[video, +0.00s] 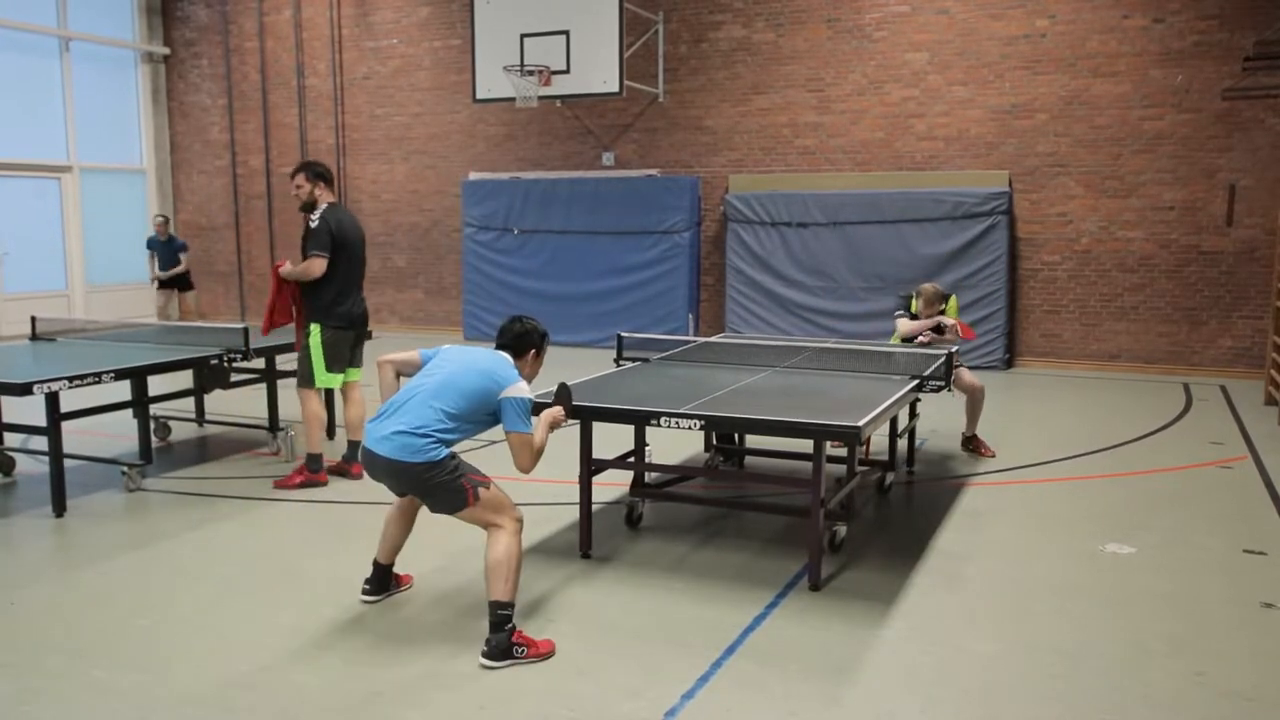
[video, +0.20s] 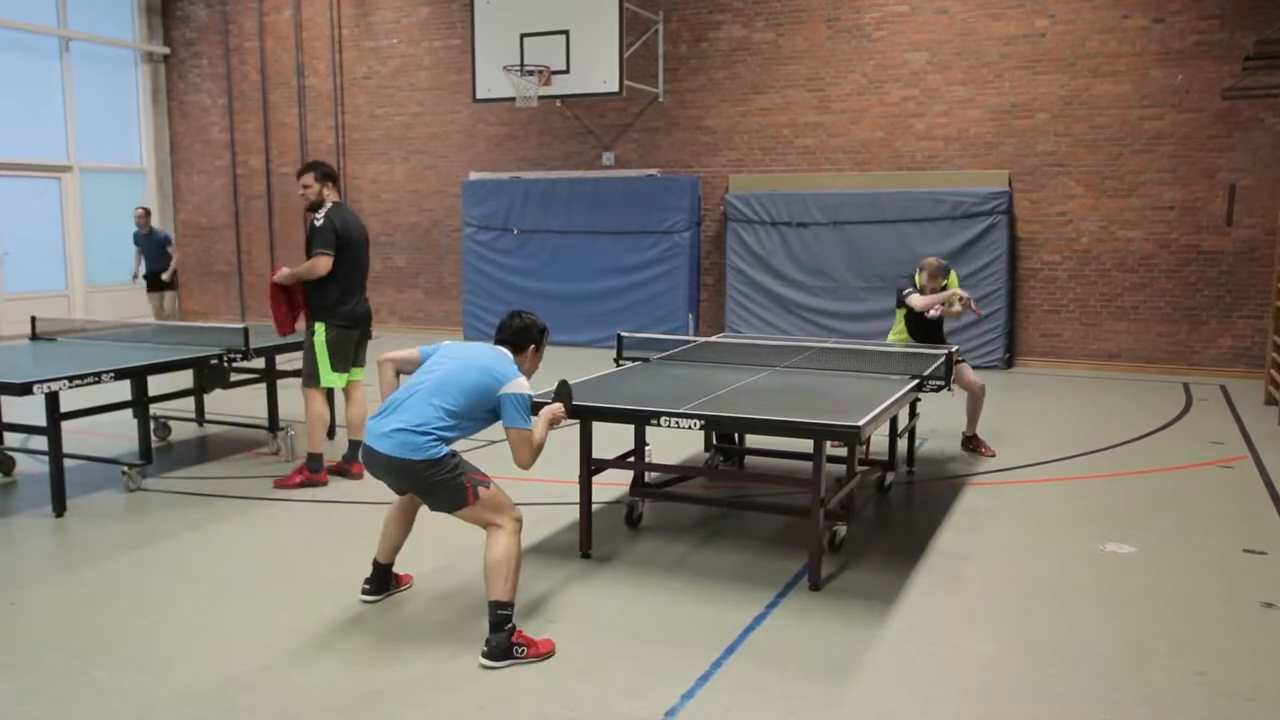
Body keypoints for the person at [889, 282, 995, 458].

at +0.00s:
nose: (926, 318)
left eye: (931, 315)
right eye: (921, 314)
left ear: (941, 306)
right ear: (916, 303)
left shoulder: (949, 303)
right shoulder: (906, 305)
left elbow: (953, 338)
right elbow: (903, 330)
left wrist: (933, 338)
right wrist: (938, 320)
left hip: (942, 359)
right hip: (906, 359)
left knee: (976, 388)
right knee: (875, 388)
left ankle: (969, 437)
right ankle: (861, 436)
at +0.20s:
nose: (931, 293)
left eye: (936, 289)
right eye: (928, 289)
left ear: (945, 280)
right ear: (918, 277)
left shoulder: (951, 279)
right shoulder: (906, 286)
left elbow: (957, 311)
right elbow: (918, 304)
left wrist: (942, 311)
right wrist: (953, 294)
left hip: (937, 348)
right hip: (902, 349)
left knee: (977, 387)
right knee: (879, 391)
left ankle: (970, 437)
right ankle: (862, 437)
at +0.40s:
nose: (932, 254)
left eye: (936, 249)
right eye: (927, 249)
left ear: (943, 244)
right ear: (917, 241)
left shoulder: (948, 253)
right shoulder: (904, 256)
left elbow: (967, 278)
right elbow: (934, 264)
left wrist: (953, 273)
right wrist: (952, 241)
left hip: (935, 332)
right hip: (900, 332)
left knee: (965, 382)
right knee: (882, 383)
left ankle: (969, 435)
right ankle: (860, 433)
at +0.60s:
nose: (927, 269)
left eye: (931, 264)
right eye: (922, 263)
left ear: (937, 259)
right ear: (913, 255)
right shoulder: (898, 267)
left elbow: (953, 266)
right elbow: (931, 289)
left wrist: (966, 277)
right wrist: (944, 265)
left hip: (932, 336)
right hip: (896, 338)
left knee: (967, 383)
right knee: (875, 385)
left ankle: (969, 436)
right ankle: (857, 434)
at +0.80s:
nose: (918, 287)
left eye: (923, 283)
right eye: (914, 282)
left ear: (932, 275)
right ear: (905, 273)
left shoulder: (939, 277)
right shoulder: (891, 282)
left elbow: (957, 284)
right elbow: (851, 290)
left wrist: (979, 297)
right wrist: (876, 299)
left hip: (934, 351)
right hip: (897, 353)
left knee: (972, 391)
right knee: (871, 391)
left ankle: (969, 437)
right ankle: (858, 435)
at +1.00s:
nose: (913, 274)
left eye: (918, 269)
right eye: (909, 269)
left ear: (928, 265)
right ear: (903, 264)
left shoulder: (941, 275)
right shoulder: (889, 277)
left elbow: (969, 291)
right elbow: (849, 278)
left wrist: (980, 308)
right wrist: (870, 287)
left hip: (937, 351)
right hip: (900, 351)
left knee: (971, 394)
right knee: (871, 391)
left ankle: (969, 437)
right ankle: (857, 437)